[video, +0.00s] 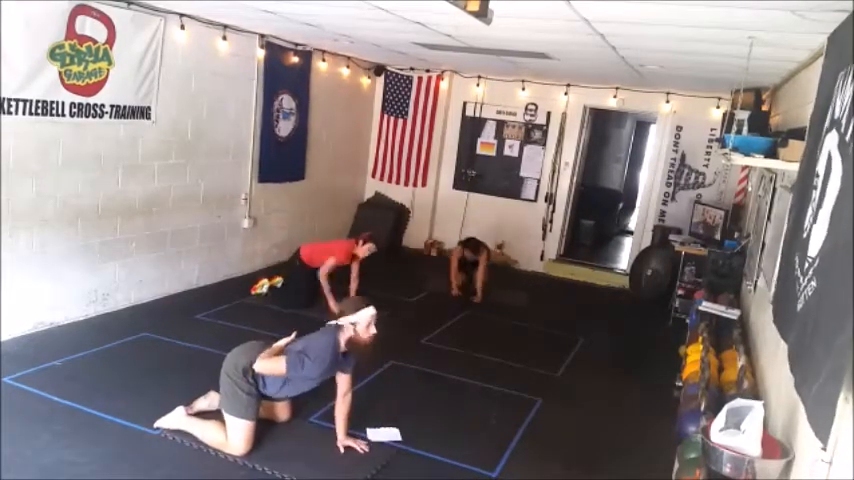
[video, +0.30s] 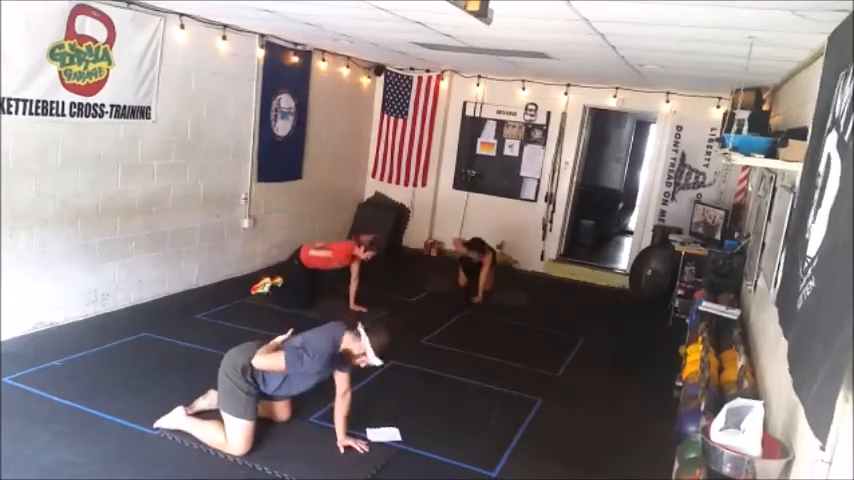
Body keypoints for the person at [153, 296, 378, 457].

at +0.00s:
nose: (374, 330)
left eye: (374, 323)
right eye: (371, 323)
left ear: (353, 322)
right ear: (354, 323)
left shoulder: (345, 348)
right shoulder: (320, 354)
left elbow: (344, 393)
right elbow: (260, 365)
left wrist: (343, 437)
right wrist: (282, 344)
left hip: (266, 358)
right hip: (241, 368)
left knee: (281, 410)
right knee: (237, 446)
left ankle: (217, 402)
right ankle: (180, 419)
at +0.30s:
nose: (365, 363)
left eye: (370, 361)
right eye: (367, 358)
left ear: (362, 338)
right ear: (361, 344)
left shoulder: (345, 339)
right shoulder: (316, 351)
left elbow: (343, 392)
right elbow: (257, 360)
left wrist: (341, 435)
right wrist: (277, 342)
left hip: (269, 367)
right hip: (241, 370)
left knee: (281, 412)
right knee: (238, 445)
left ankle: (217, 401)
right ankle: (181, 420)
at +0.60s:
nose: (341, 370)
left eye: (346, 369)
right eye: (345, 367)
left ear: (354, 354)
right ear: (349, 358)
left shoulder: (346, 340)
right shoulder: (309, 348)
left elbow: (343, 391)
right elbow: (251, 350)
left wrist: (343, 435)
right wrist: (269, 327)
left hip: (273, 367)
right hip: (244, 368)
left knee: (281, 413)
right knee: (237, 446)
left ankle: (217, 400)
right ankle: (182, 418)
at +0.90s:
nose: (340, 369)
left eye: (344, 369)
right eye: (344, 366)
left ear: (352, 352)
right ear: (348, 357)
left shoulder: (344, 338)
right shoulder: (305, 346)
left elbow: (342, 391)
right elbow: (247, 348)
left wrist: (343, 435)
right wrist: (266, 325)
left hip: (271, 367)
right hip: (242, 369)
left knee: (281, 412)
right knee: (236, 446)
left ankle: (217, 400)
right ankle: (182, 418)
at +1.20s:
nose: (381, 349)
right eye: (379, 343)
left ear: (363, 332)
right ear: (364, 336)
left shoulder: (347, 339)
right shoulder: (323, 360)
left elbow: (345, 393)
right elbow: (265, 374)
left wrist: (342, 435)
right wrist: (279, 343)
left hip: (266, 355)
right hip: (242, 369)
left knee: (282, 412)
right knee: (237, 446)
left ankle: (219, 400)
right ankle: (183, 417)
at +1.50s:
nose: (373, 317)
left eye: (373, 312)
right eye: (368, 313)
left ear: (356, 319)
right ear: (347, 317)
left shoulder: (348, 349)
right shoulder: (319, 344)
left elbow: (344, 393)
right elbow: (261, 366)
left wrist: (342, 436)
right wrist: (280, 342)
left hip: (270, 363)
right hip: (243, 368)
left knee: (281, 411)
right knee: (237, 446)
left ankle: (216, 400)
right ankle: (182, 417)